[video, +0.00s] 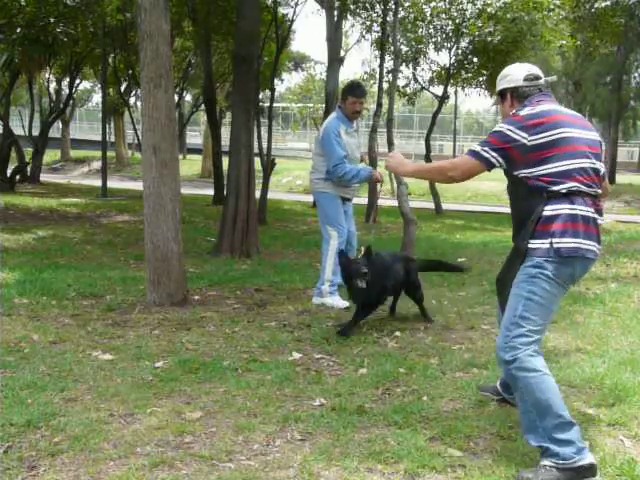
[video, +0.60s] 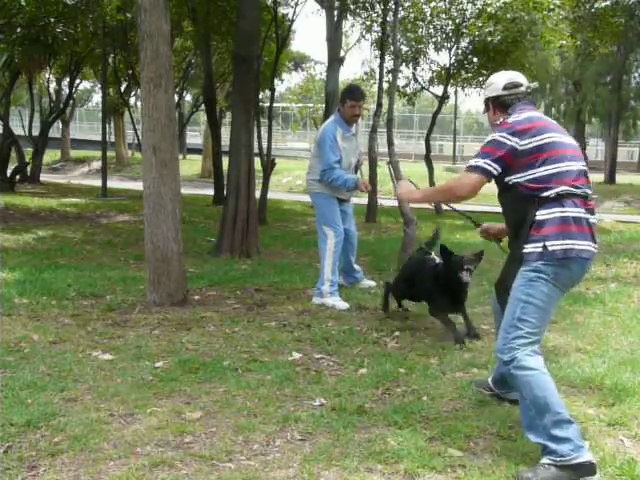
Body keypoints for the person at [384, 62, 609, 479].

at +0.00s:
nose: (501, 110)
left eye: (500, 104)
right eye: (499, 105)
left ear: (510, 97)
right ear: (542, 92)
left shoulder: (521, 122)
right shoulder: (583, 123)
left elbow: (459, 170)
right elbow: (600, 188)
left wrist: (407, 168)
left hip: (553, 244)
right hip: (583, 242)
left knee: (517, 348)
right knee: (516, 303)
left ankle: (568, 455)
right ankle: (513, 387)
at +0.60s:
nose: (487, 117)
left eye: (487, 110)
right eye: (487, 110)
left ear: (496, 107)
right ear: (524, 101)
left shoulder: (510, 130)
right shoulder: (551, 128)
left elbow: (466, 187)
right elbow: (561, 200)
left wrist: (416, 195)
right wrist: (509, 228)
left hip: (551, 247)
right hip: (577, 245)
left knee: (516, 350)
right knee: (506, 294)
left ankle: (568, 453)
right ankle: (505, 383)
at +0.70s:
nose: (478, 139)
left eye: (478, 131)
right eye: (478, 132)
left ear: (487, 127)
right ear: (510, 121)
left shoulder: (510, 139)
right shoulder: (525, 138)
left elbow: (507, 197)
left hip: (569, 246)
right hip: (554, 245)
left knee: (517, 339)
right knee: (498, 303)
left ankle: (564, 449)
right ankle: (503, 383)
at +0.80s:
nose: (470, 151)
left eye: (470, 143)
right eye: (468, 144)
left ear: (480, 137)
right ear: (489, 139)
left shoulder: (514, 143)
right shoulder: (498, 175)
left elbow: (551, 184)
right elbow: (483, 232)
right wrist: (451, 264)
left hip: (580, 249)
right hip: (550, 253)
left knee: (531, 341)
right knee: (498, 307)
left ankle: (589, 452)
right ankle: (506, 385)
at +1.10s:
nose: (480, 136)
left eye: (479, 126)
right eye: (479, 127)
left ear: (490, 121)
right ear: (502, 119)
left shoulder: (525, 132)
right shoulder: (519, 152)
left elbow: (558, 177)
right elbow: (543, 228)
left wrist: (533, 246)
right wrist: (505, 265)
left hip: (593, 249)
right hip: (566, 251)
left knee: (558, 360)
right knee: (527, 317)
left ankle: (622, 461)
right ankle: (511, 385)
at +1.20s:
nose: (482, 130)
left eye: (481, 120)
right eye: (480, 121)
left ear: (494, 114)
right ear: (513, 109)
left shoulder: (524, 132)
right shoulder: (539, 129)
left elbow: (535, 185)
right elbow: (566, 197)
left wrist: (499, 245)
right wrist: (535, 252)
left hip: (589, 248)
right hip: (565, 246)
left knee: (556, 360)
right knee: (522, 312)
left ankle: (622, 461)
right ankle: (510, 384)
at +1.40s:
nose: (478, 128)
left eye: (477, 120)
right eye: (477, 120)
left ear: (490, 115)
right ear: (514, 109)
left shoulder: (509, 136)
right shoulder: (544, 131)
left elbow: (485, 207)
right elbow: (570, 193)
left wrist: (445, 243)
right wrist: (534, 246)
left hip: (565, 248)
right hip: (578, 243)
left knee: (530, 353)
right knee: (510, 305)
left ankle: (611, 452)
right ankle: (506, 384)